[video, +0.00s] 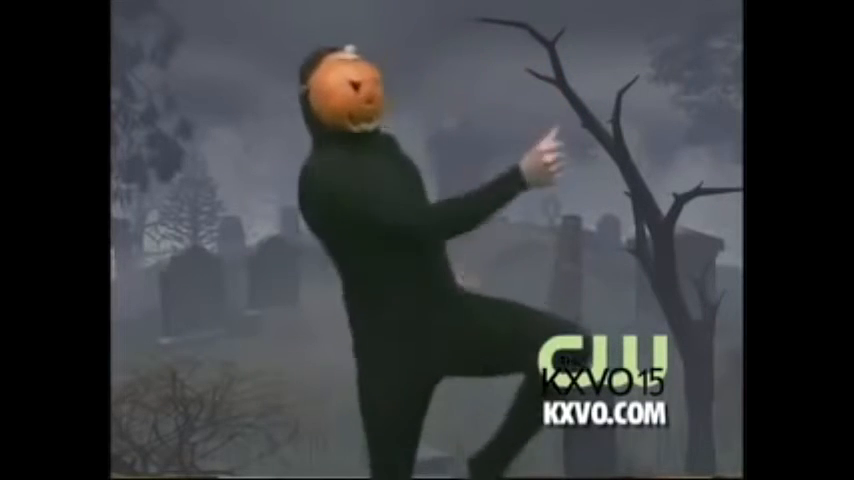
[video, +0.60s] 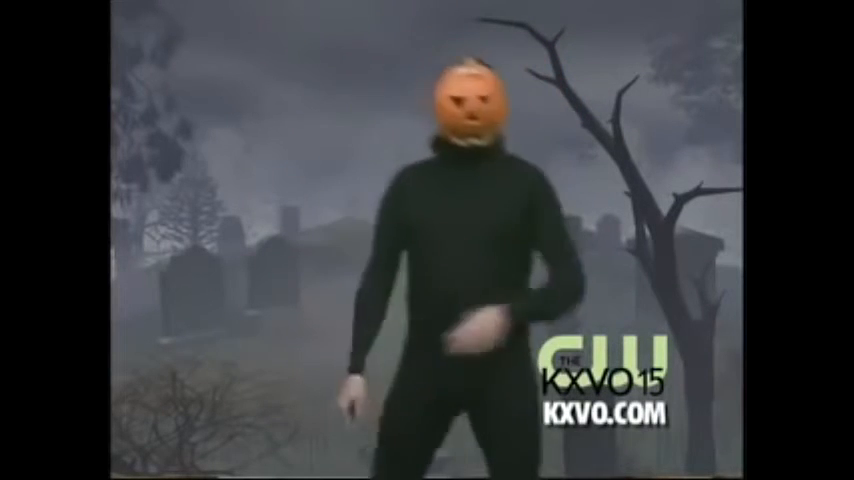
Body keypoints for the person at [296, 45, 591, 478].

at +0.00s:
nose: (363, 85)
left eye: (364, 74)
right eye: (344, 80)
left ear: (377, 84)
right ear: (315, 104)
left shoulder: (383, 151)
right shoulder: (325, 175)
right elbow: (420, 226)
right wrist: (518, 180)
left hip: (446, 319)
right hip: (392, 342)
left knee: (568, 347)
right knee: (391, 470)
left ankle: (492, 462)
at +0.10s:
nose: (380, 104)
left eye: (382, 95)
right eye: (361, 98)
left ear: (395, 106)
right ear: (326, 121)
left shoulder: (397, 168)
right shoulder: (329, 202)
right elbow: (422, 264)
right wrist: (490, 198)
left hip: (448, 342)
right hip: (389, 363)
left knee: (554, 367)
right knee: (389, 471)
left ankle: (508, 474)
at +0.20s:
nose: (397, 107)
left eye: (400, 96)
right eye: (379, 103)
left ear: (417, 107)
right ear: (352, 125)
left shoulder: (423, 177)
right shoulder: (341, 211)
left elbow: (444, 244)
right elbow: (385, 294)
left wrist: (479, 281)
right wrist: (429, 225)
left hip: (444, 349)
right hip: (384, 368)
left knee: (555, 391)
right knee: (387, 471)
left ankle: (520, 474)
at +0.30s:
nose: (415, 95)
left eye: (425, 84)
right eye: (399, 87)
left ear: (438, 95)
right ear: (371, 103)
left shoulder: (456, 153)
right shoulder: (353, 187)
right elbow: (353, 297)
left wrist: (496, 221)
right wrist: (401, 241)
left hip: (456, 337)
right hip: (389, 349)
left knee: (547, 427)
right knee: (386, 470)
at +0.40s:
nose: (414, 79)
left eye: (427, 67)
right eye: (399, 69)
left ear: (448, 75)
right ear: (379, 81)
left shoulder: (483, 133)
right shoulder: (362, 159)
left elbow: (530, 156)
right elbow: (347, 266)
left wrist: (518, 202)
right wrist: (394, 288)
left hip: (476, 336)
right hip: (397, 343)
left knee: (511, 462)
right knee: (391, 468)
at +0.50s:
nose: (440, 93)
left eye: (453, 82)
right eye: (426, 83)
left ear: (473, 92)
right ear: (408, 94)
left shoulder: (508, 159)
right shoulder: (388, 171)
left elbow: (573, 229)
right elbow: (367, 271)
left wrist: (531, 256)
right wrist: (370, 360)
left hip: (487, 354)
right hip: (413, 355)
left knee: (501, 471)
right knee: (401, 472)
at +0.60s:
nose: (471, 110)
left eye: (483, 99)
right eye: (457, 100)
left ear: (502, 110)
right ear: (437, 110)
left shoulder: (525, 183)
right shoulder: (410, 184)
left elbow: (569, 283)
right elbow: (378, 278)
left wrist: (507, 314)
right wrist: (356, 367)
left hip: (504, 375)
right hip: (425, 372)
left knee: (517, 471)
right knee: (392, 471)